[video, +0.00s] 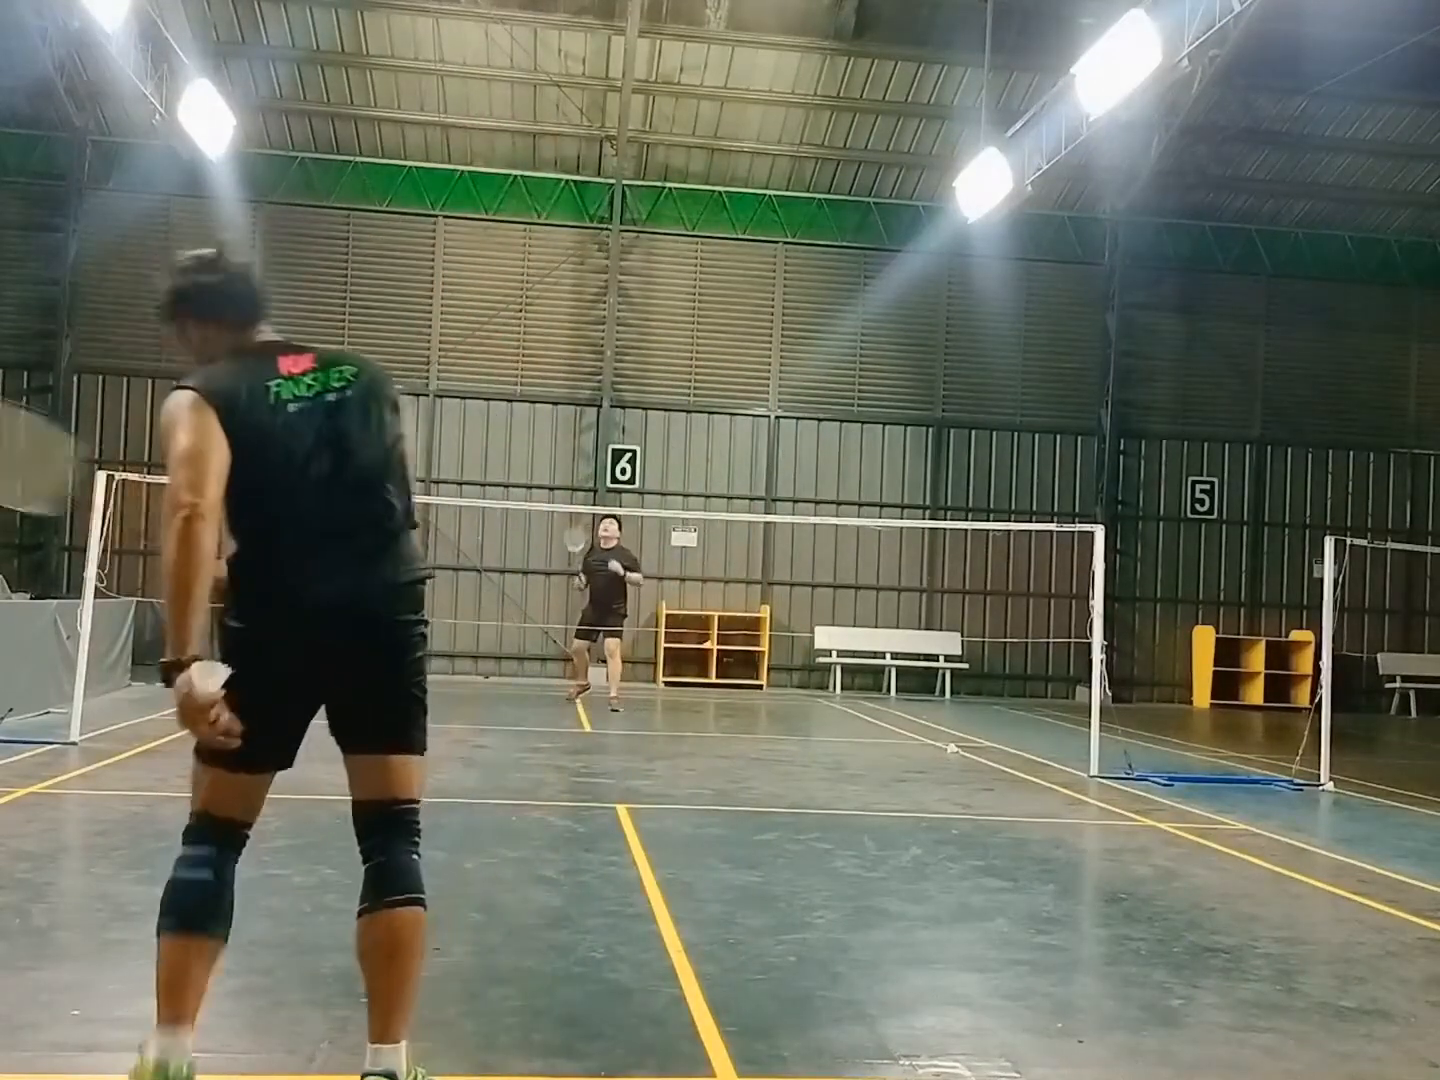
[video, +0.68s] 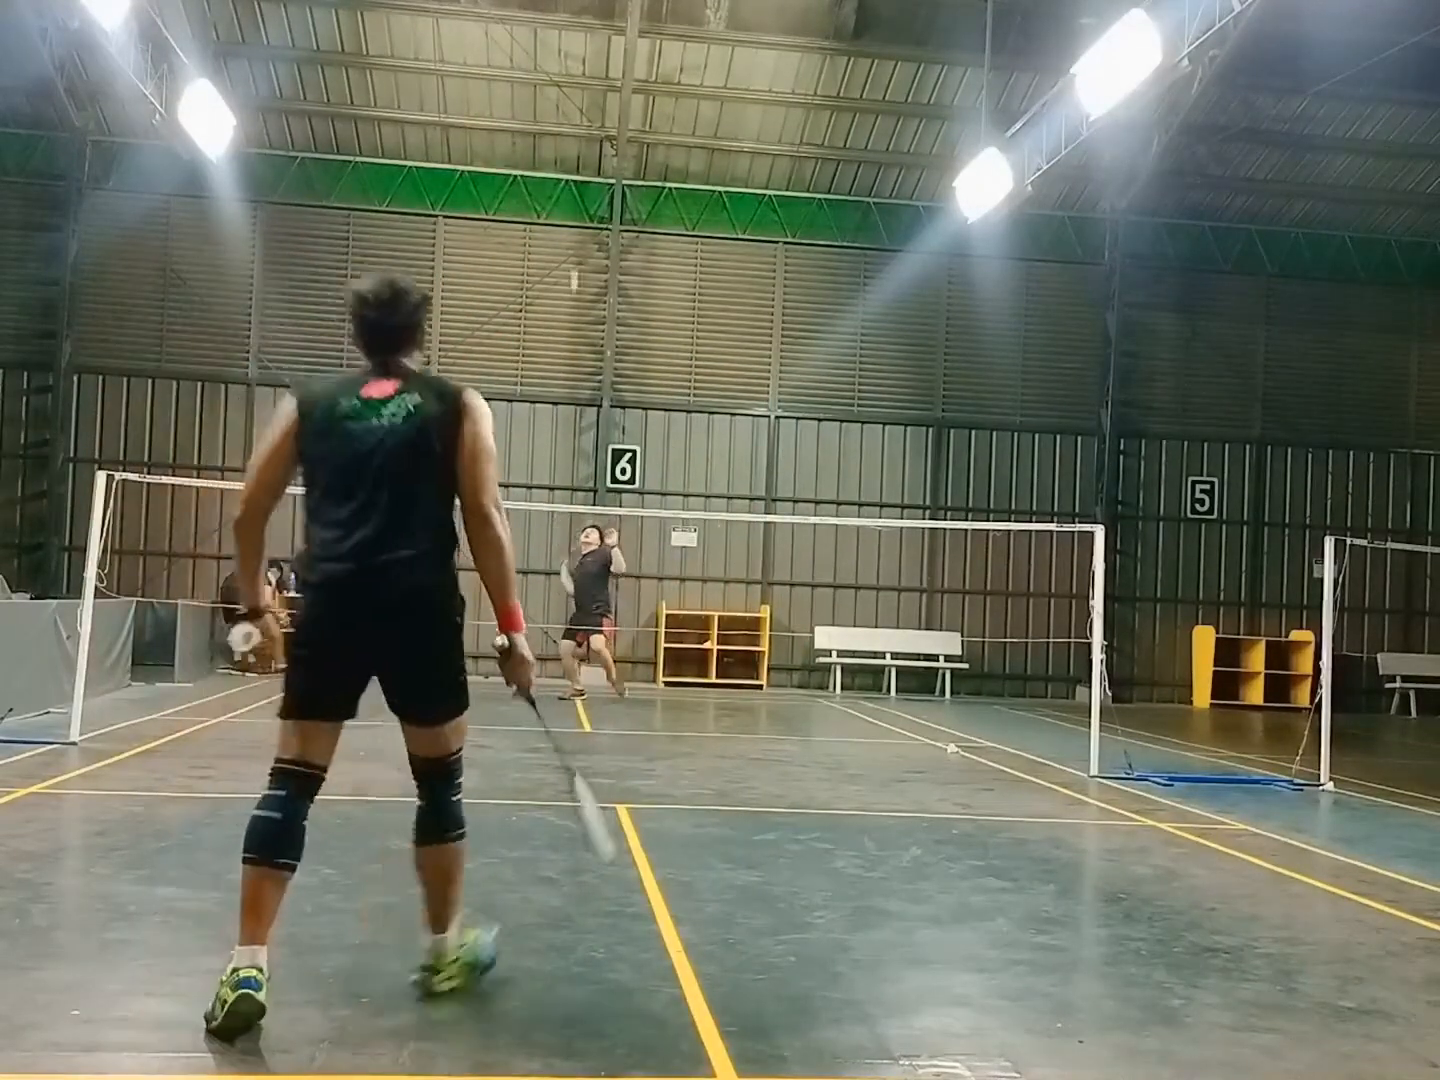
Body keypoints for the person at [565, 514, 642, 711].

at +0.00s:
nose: (605, 526)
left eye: (610, 524)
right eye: (603, 524)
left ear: (619, 532)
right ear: (598, 530)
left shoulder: (625, 555)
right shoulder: (591, 555)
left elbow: (639, 580)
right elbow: (583, 579)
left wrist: (623, 572)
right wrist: (579, 582)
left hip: (615, 609)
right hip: (593, 608)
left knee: (612, 649)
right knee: (578, 647)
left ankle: (614, 695)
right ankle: (581, 683)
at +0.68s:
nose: (587, 536)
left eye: (592, 533)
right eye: (585, 533)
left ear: (599, 540)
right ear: (580, 539)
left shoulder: (604, 553)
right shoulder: (580, 563)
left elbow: (619, 568)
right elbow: (572, 590)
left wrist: (614, 547)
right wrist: (564, 571)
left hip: (598, 609)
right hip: (581, 611)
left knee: (597, 646)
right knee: (565, 649)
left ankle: (613, 679)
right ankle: (577, 687)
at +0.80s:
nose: (595, 530)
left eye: (600, 527)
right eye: (594, 527)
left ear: (610, 534)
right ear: (590, 532)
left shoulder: (611, 550)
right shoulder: (581, 554)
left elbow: (626, 566)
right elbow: (563, 565)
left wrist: (624, 544)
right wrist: (570, 549)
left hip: (599, 603)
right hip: (579, 602)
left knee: (601, 644)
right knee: (574, 645)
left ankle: (611, 673)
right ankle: (577, 685)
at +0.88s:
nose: (608, 536)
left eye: (611, 534)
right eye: (607, 533)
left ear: (615, 535)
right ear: (602, 532)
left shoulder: (616, 550)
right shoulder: (586, 546)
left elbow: (627, 561)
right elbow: (566, 540)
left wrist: (623, 539)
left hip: (602, 599)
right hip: (581, 597)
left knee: (606, 640)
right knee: (574, 641)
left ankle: (612, 668)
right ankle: (574, 681)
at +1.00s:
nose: (621, 535)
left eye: (623, 533)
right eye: (617, 532)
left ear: (628, 540)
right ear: (609, 533)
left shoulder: (625, 558)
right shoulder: (595, 546)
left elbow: (617, 557)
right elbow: (583, 529)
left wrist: (605, 537)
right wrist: (576, 511)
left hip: (607, 603)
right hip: (587, 600)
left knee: (608, 644)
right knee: (575, 638)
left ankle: (609, 680)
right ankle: (571, 677)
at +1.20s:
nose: (619, 544)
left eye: (623, 541)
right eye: (615, 540)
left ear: (628, 547)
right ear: (609, 544)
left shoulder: (629, 567)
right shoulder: (600, 562)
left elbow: (635, 585)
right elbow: (589, 584)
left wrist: (614, 575)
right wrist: (591, 607)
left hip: (614, 612)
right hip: (593, 609)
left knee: (611, 650)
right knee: (572, 636)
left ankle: (605, 685)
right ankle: (549, 666)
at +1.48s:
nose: (612, 538)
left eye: (615, 535)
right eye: (608, 534)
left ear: (621, 540)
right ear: (602, 538)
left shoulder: (627, 562)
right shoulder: (593, 559)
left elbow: (637, 589)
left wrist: (614, 595)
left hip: (613, 620)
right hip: (590, 619)